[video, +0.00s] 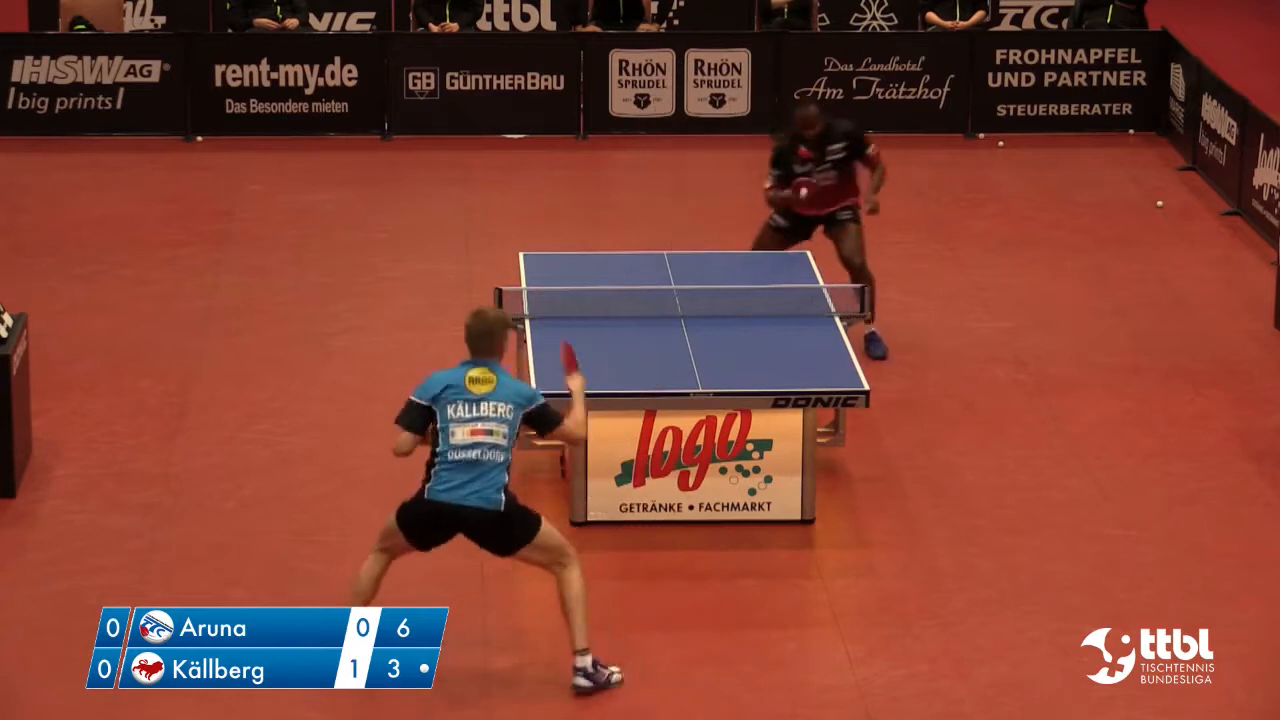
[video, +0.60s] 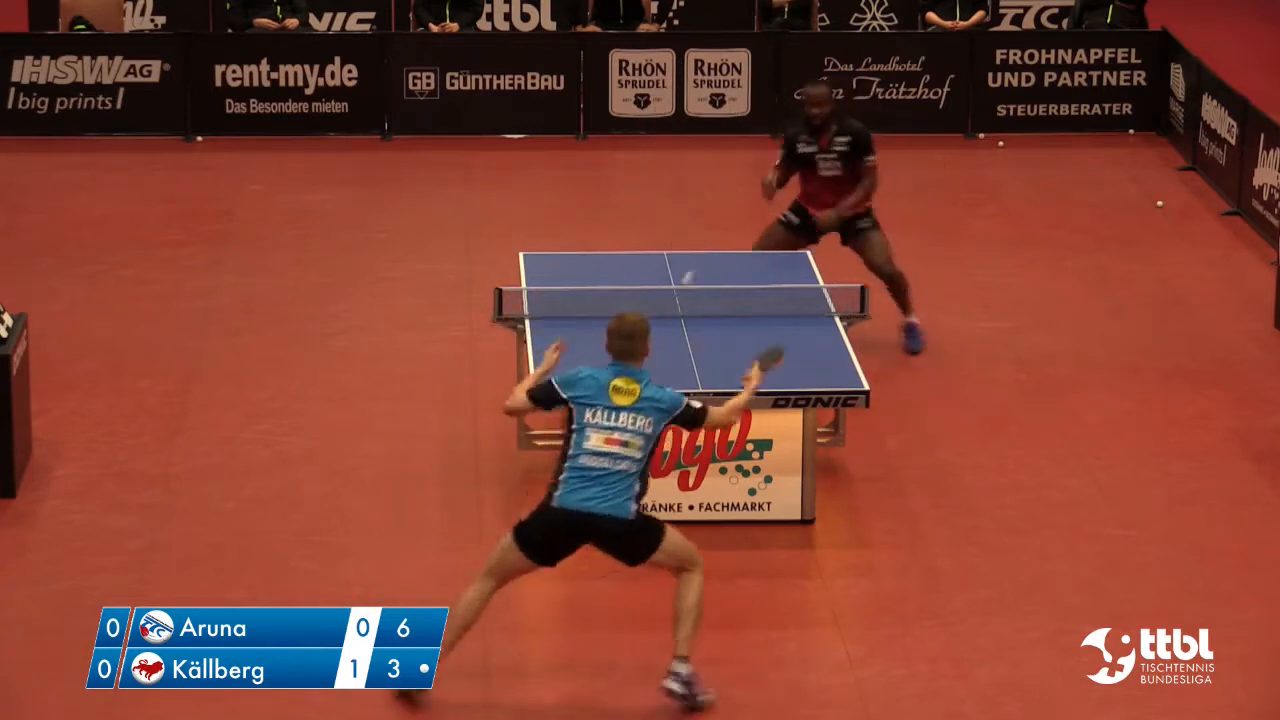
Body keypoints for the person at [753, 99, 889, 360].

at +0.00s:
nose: (811, 132)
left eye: (814, 126)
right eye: (805, 127)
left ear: (822, 120)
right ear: (796, 126)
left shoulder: (844, 135)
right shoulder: (786, 148)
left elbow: (878, 165)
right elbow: (771, 193)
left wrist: (872, 194)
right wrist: (792, 196)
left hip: (840, 209)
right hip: (797, 210)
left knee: (855, 263)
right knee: (758, 258)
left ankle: (870, 330)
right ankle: (756, 326)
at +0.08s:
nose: (826, 125)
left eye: (830, 119)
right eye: (820, 120)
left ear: (839, 112)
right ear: (812, 118)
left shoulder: (861, 123)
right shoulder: (806, 136)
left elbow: (891, 149)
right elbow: (793, 172)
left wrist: (888, 177)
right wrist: (779, 189)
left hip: (855, 203)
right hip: (812, 203)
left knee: (869, 262)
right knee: (775, 253)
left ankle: (873, 329)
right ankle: (769, 323)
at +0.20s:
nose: (852, 113)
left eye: (856, 107)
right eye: (847, 108)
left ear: (867, 103)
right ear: (839, 105)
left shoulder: (887, 117)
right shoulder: (831, 121)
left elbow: (907, 135)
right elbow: (804, 144)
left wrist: (916, 157)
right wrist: (780, 143)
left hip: (871, 201)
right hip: (826, 201)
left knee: (896, 259)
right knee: (791, 258)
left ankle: (902, 322)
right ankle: (776, 319)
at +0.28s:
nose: (869, 117)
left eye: (874, 110)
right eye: (863, 111)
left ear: (884, 106)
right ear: (851, 107)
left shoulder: (901, 125)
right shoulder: (839, 126)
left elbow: (921, 142)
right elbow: (803, 139)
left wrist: (935, 165)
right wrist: (788, 131)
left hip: (880, 211)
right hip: (834, 209)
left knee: (910, 271)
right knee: (792, 267)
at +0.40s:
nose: (870, 126)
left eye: (876, 120)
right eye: (866, 120)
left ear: (887, 120)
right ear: (858, 120)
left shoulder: (906, 147)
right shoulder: (843, 144)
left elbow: (933, 177)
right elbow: (797, 153)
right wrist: (787, 135)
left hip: (892, 228)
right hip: (846, 227)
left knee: (921, 283)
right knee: (799, 278)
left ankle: (972, 342)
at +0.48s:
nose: (853, 117)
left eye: (860, 111)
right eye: (849, 110)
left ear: (872, 110)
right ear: (842, 110)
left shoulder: (892, 140)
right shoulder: (830, 137)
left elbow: (911, 181)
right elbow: (788, 166)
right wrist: (781, 152)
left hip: (879, 225)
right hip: (832, 221)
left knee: (914, 279)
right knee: (788, 266)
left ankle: (968, 339)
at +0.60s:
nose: (815, 111)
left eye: (821, 105)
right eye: (810, 105)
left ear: (833, 104)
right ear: (803, 106)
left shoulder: (855, 133)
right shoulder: (796, 135)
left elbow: (869, 183)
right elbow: (785, 170)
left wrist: (838, 212)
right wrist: (773, 180)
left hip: (853, 213)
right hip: (807, 211)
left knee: (887, 270)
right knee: (760, 255)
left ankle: (910, 320)